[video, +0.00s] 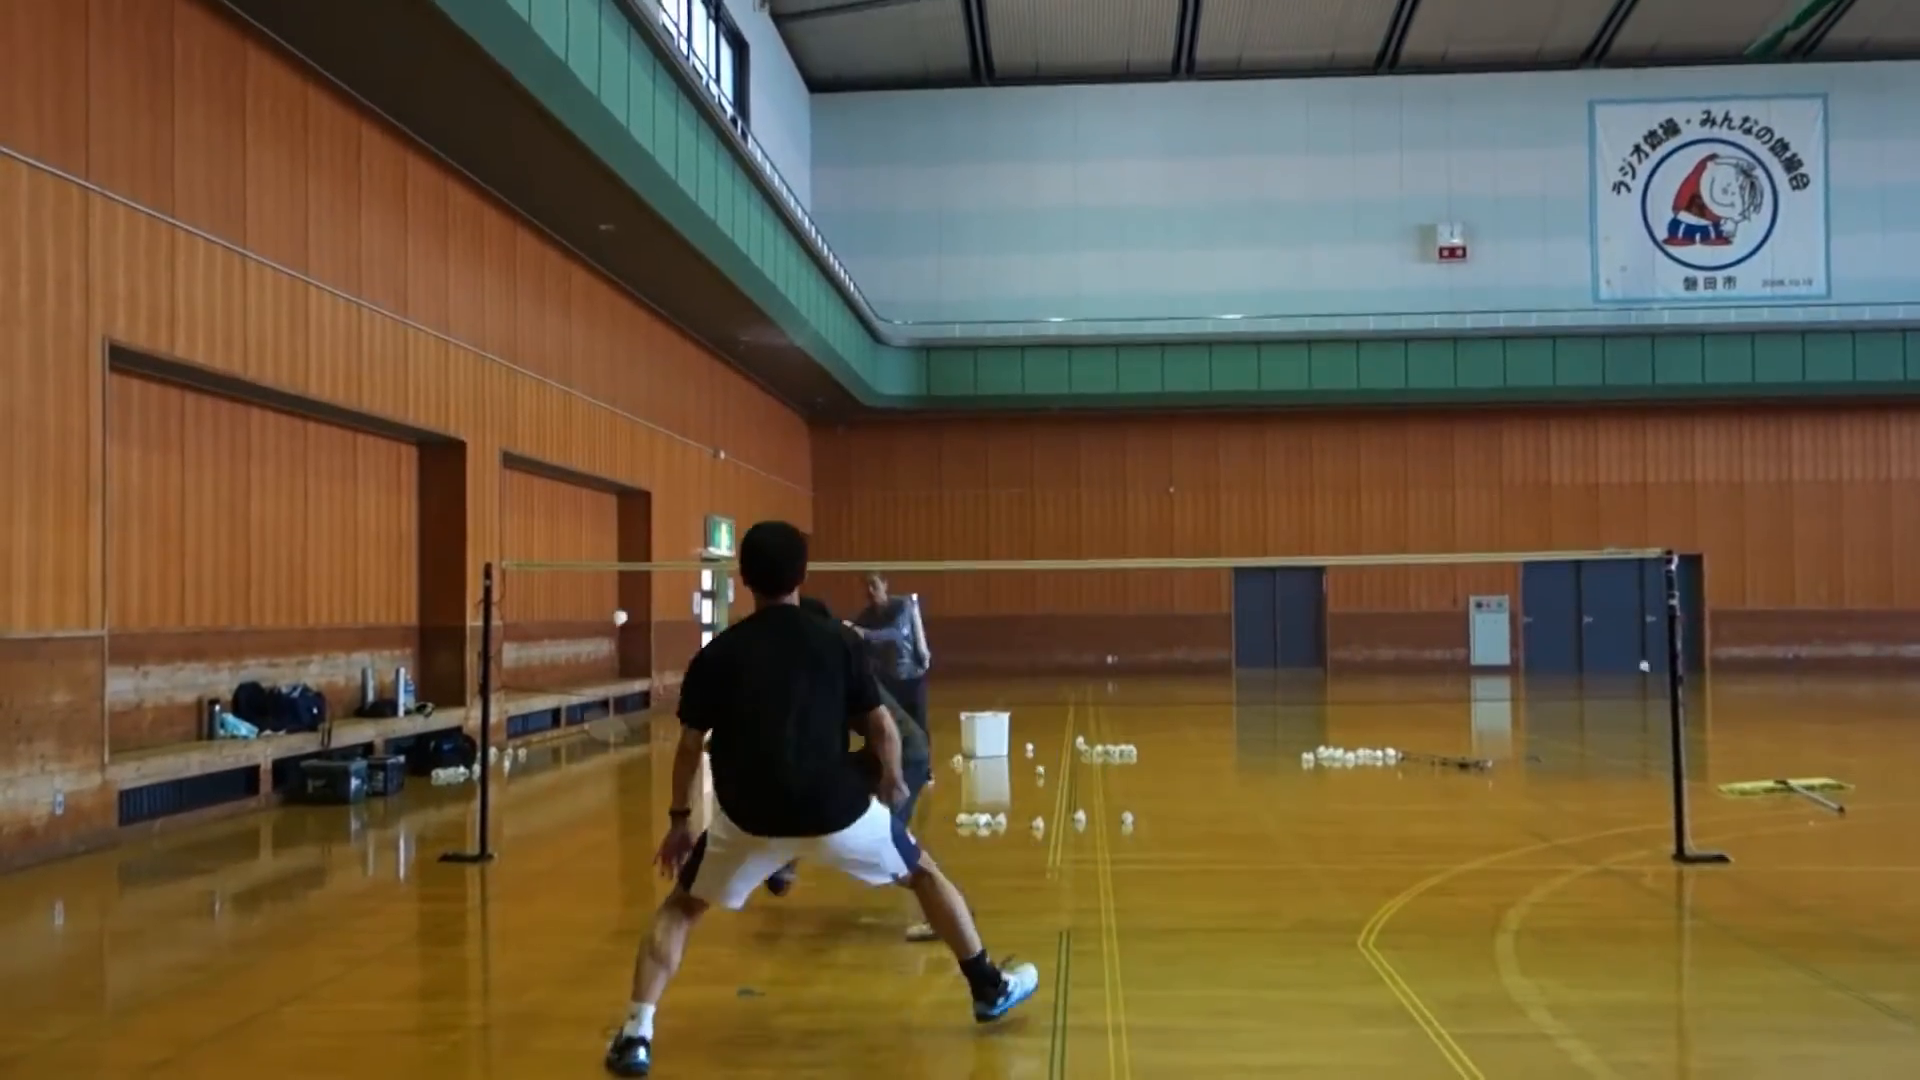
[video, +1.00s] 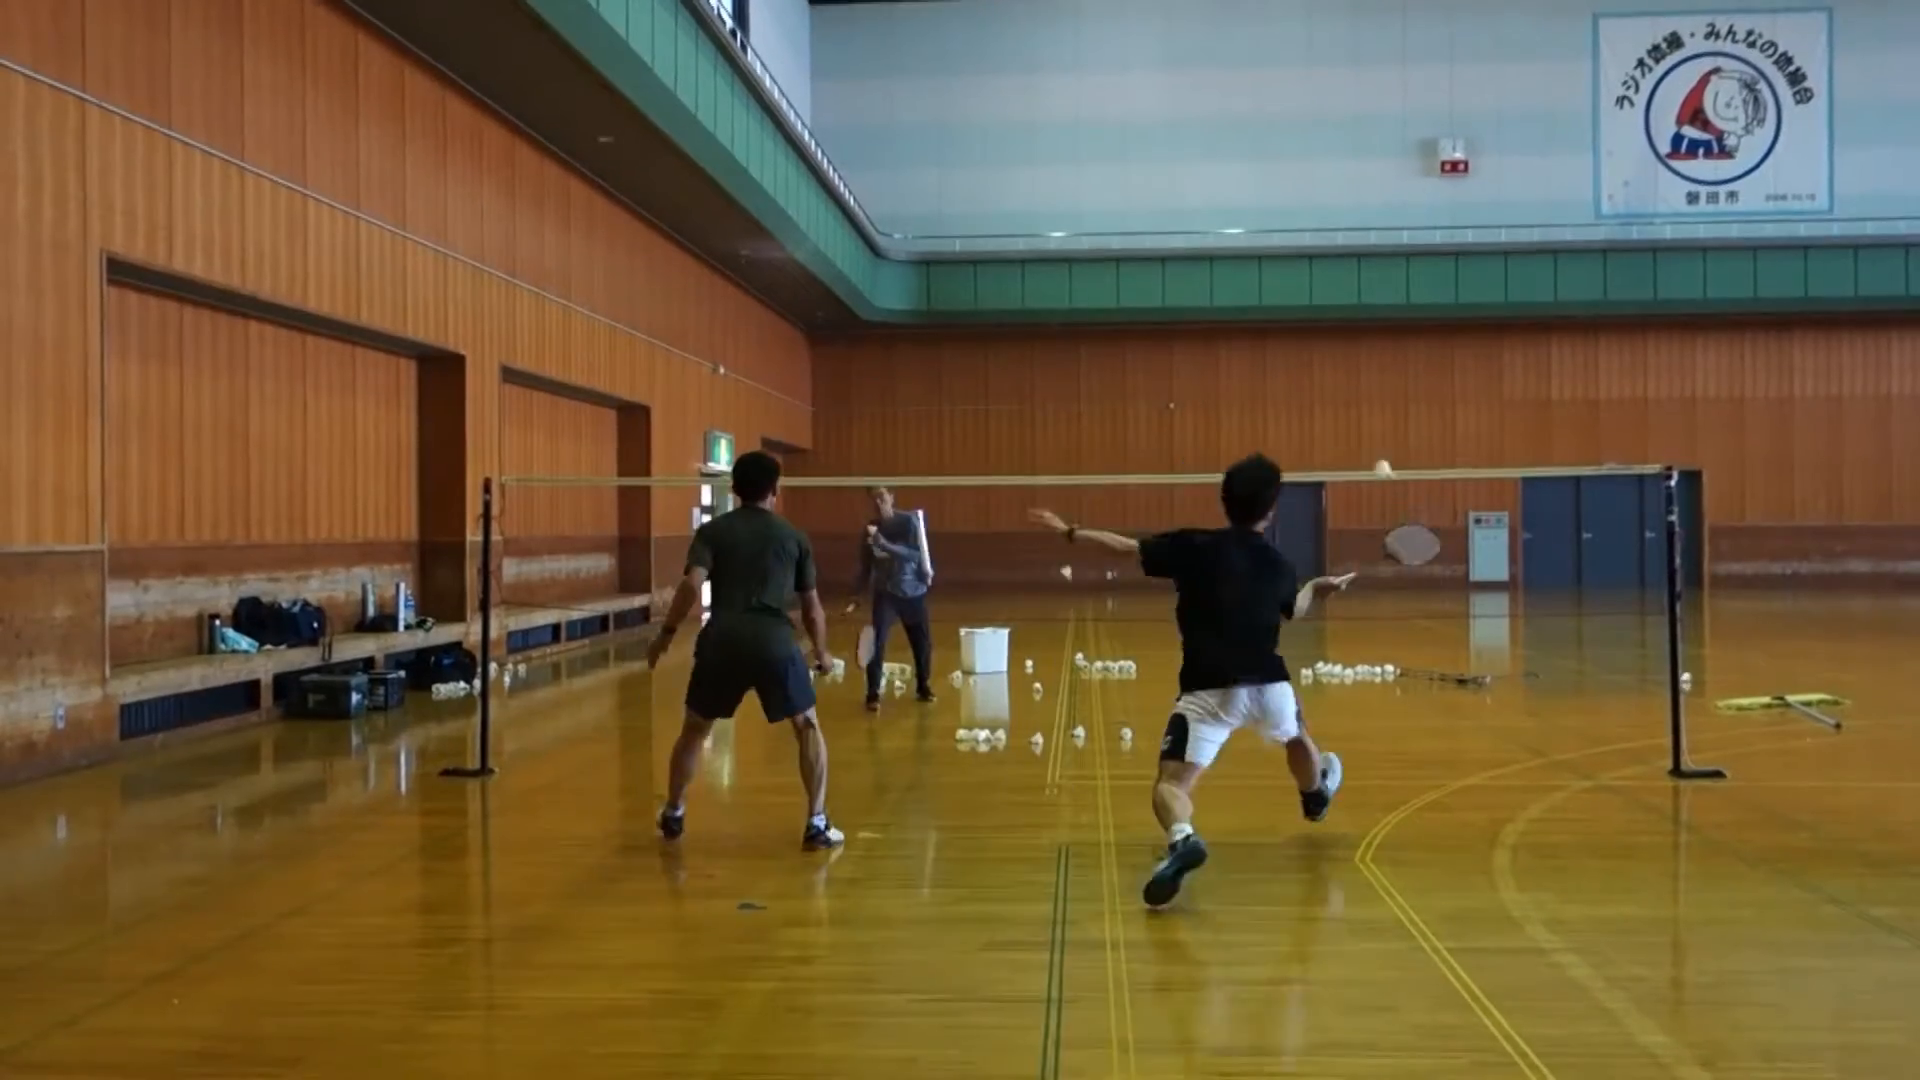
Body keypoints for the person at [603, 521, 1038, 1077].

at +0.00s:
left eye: (750, 565)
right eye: (797, 566)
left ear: (744, 576)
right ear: (803, 574)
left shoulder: (717, 653)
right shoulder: (837, 640)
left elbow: (689, 746)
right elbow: (882, 728)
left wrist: (680, 820)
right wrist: (891, 780)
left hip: (746, 817)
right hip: (836, 812)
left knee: (682, 906)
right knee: (923, 873)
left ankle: (636, 1032)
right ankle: (987, 984)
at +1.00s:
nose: (1276, 508)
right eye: (1275, 502)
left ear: (1225, 501)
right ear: (1270, 510)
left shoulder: (1194, 547)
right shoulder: (1278, 565)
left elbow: (1130, 547)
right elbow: (1296, 610)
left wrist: (1070, 531)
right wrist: (1317, 586)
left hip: (1206, 687)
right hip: (1268, 684)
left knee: (1171, 784)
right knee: (1297, 739)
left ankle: (1182, 839)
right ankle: (1314, 795)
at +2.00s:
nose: (1059, 509)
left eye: (1057, 503)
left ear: (1058, 508)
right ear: (1102, 509)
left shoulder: (1044, 564)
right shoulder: (1128, 559)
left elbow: (1027, 634)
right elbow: (1155, 619)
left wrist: (1007, 694)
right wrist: (1141, 658)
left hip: (1063, 680)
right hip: (1122, 680)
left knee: (1008, 759)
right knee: (1152, 766)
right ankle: (1164, 862)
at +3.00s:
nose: (930, 564)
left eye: (934, 557)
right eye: (932, 556)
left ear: (949, 561)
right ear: (978, 563)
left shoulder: (918, 611)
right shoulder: (1008, 609)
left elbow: (871, 672)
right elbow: (1056, 652)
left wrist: (844, 713)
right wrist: (1088, 701)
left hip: (921, 723)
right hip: (984, 727)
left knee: (853, 794)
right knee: (990, 783)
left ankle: (793, 880)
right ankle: (989, 878)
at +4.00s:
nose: (1085, 515)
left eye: (1085, 506)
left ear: (1085, 511)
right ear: (1137, 511)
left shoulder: (1069, 571)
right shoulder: (1175, 567)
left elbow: (1058, 645)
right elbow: (1235, 627)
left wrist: (1061, 719)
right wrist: (1259, 696)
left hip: (1131, 705)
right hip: (1202, 701)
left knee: (1060, 816)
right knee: (1234, 799)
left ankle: (1098, 943)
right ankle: (1279, 906)